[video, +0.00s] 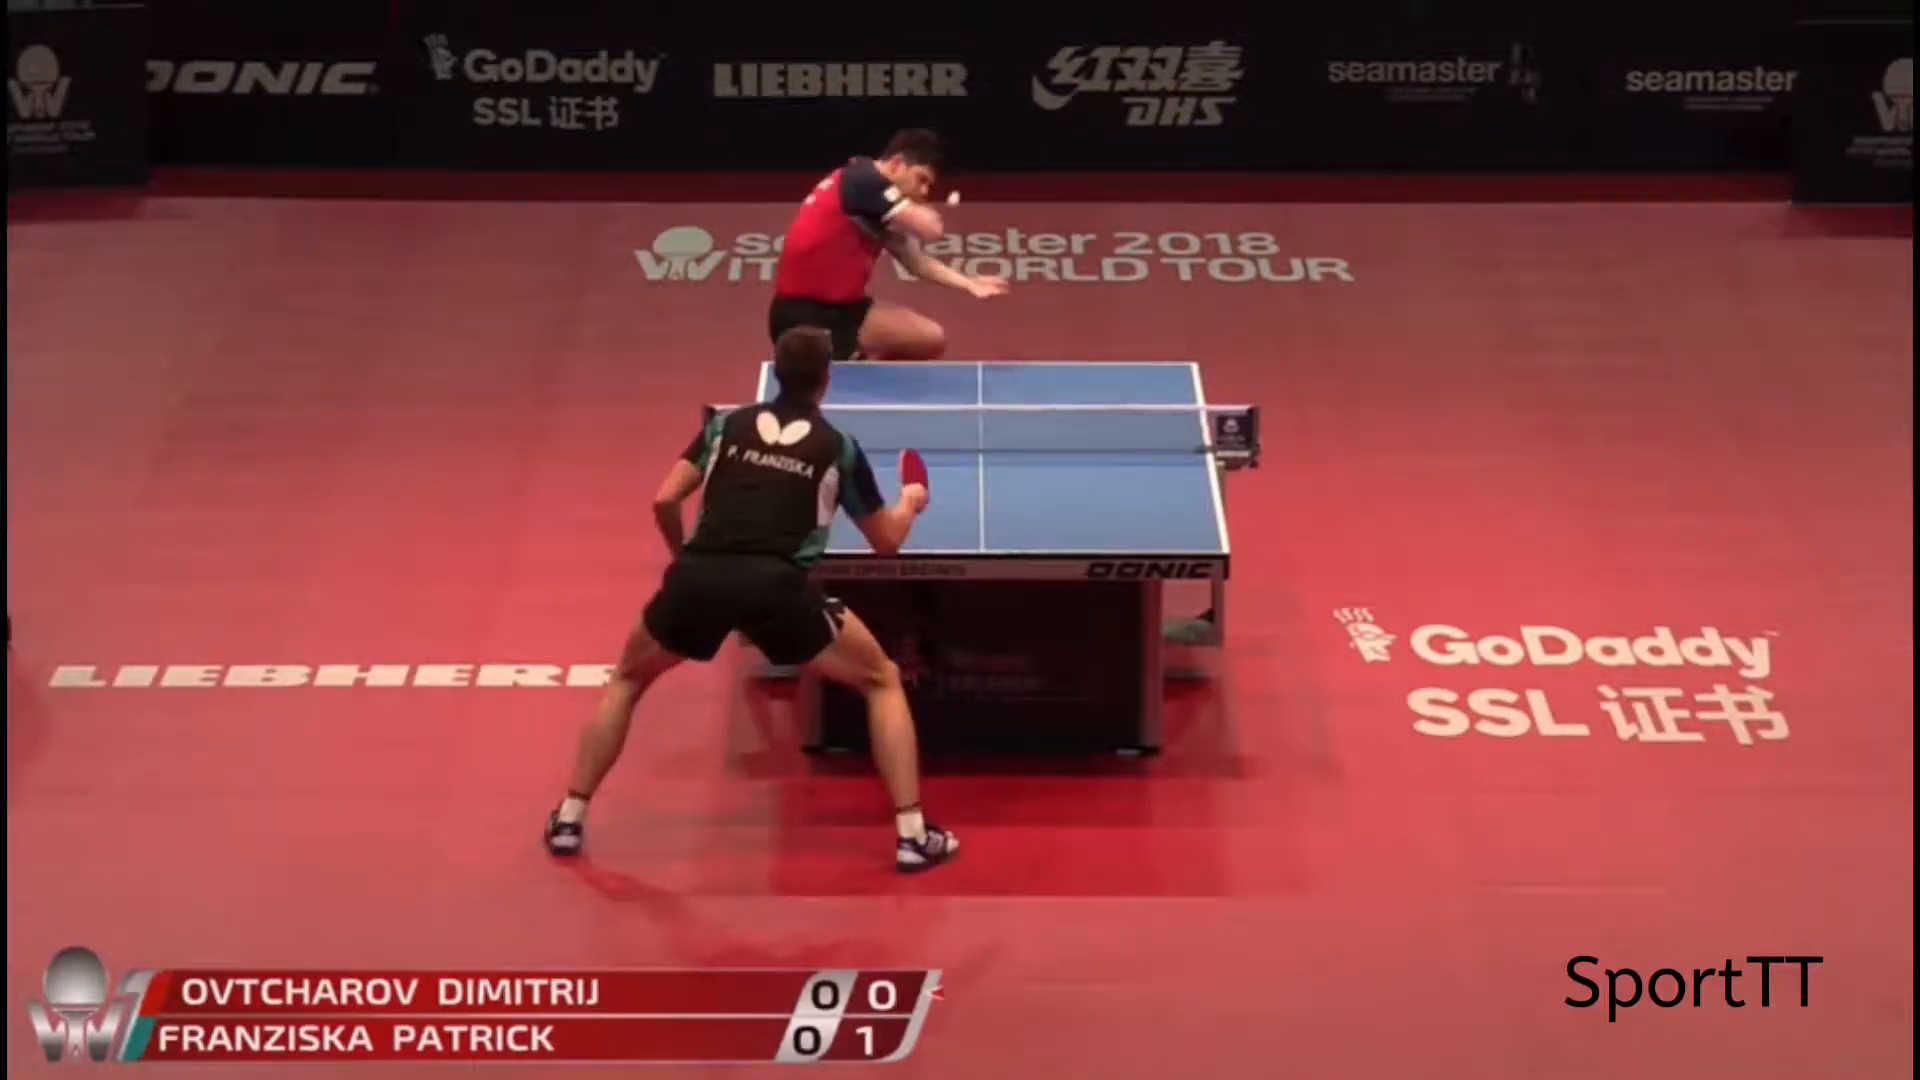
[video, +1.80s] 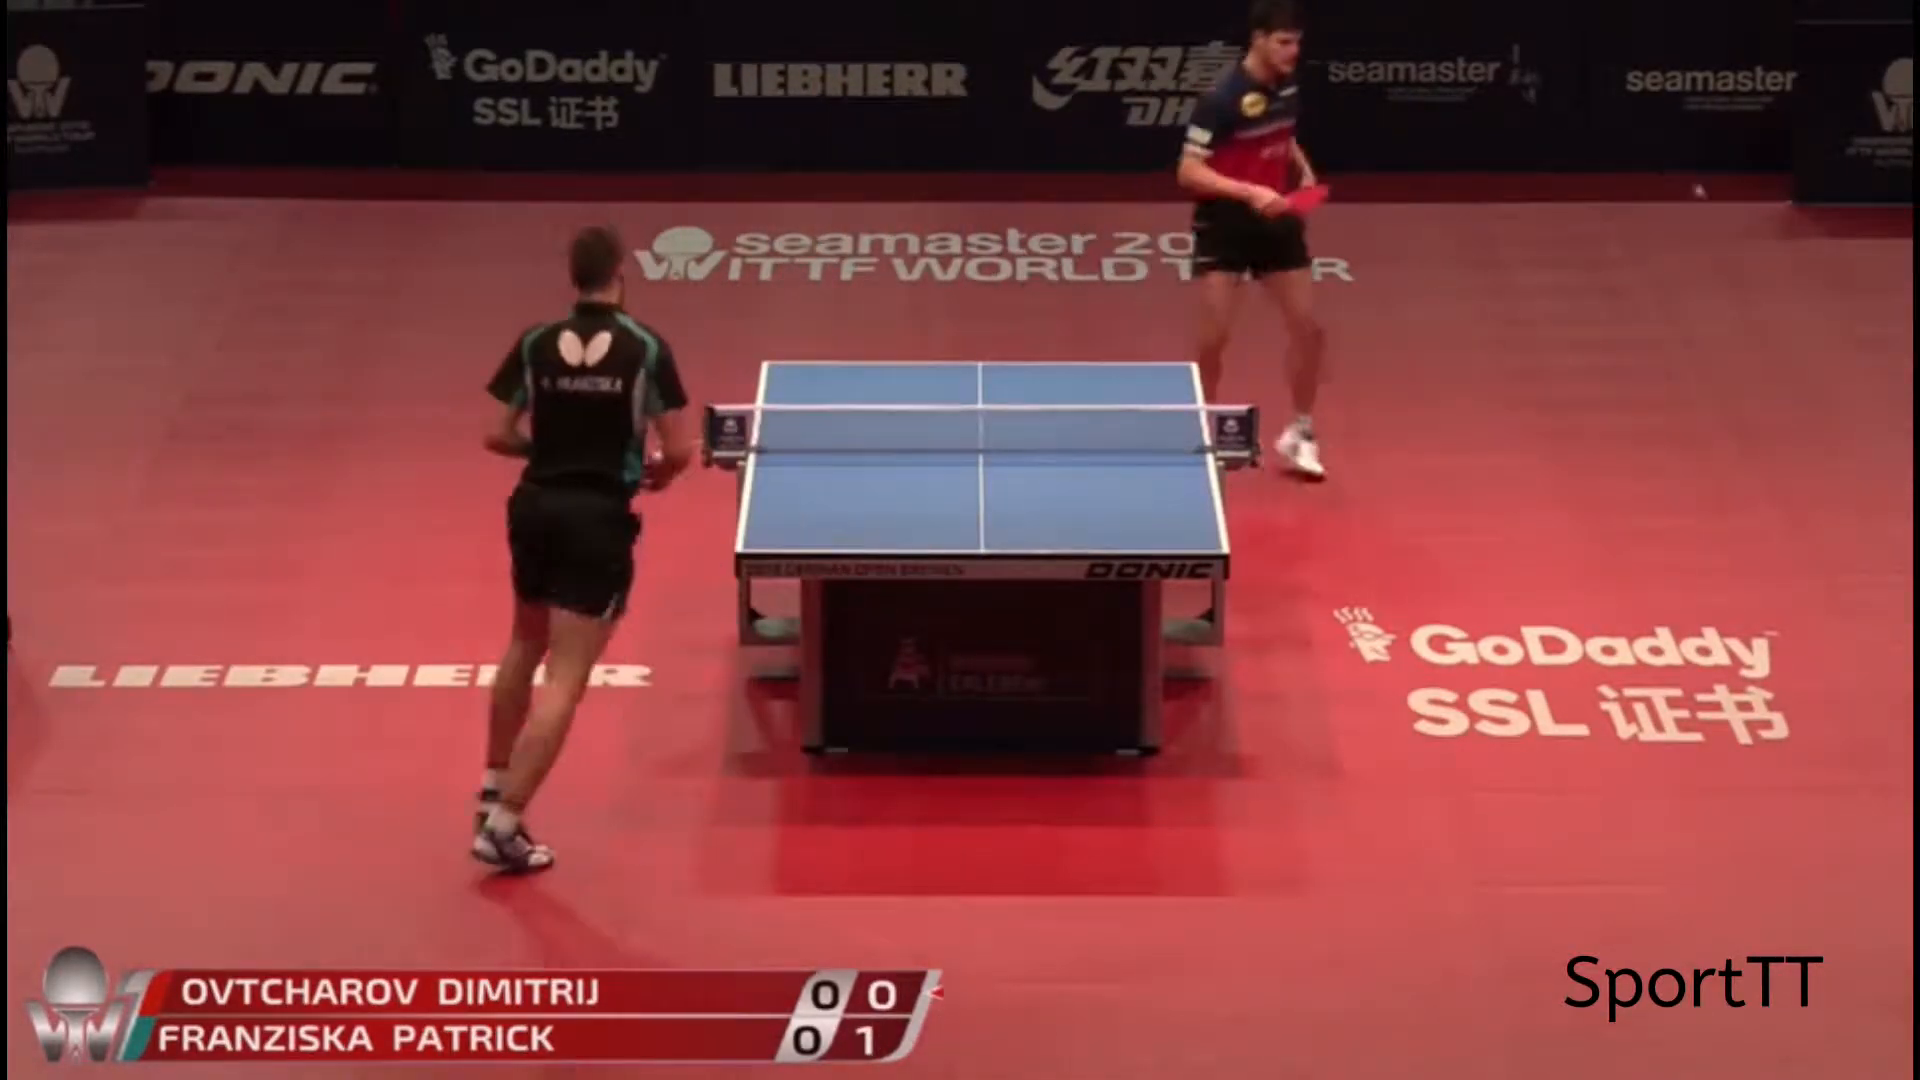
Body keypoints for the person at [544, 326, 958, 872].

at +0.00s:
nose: (819, 378)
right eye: (823, 370)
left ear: (775, 374)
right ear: (827, 378)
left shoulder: (726, 425)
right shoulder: (837, 447)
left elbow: (665, 502)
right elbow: (887, 538)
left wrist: (683, 562)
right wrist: (911, 502)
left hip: (699, 577)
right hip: (777, 586)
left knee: (628, 680)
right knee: (880, 680)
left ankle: (568, 816)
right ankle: (914, 833)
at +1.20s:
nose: (784, 349)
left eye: (776, 339)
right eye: (783, 341)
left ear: (726, 343)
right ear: (775, 350)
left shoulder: (676, 394)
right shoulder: (769, 415)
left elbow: (617, 475)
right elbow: (794, 522)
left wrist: (661, 509)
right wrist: (865, 541)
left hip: (633, 555)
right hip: (704, 566)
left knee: (597, 675)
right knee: (807, 678)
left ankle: (546, 808)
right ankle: (819, 829)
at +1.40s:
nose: (766, 388)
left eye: (762, 378)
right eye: (764, 380)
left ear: (708, 388)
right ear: (756, 389)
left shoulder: (663, 445)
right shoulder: (762, 464)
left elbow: (615, 537)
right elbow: (770, 571)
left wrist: (663, 569)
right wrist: (816, 609)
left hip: (635, 608)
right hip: (709, 621)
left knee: (604, 705)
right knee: (795, 744)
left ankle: (541, 818)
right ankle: (771, 892)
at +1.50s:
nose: (725, 355)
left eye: (720, 346)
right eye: (723, 347)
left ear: (666, 348)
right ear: (713, 351)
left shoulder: (619, 411)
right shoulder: (720, 421)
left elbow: (585, 503)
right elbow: (728, 524)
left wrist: (634, 527)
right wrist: (769, 573)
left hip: (611, 579)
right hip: (683, 586)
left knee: (589, 710)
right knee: (746, 722)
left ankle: (538, 838)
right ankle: (767, 878)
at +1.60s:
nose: (676, 272)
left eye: (669, 262)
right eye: (675, 263)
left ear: (618, 266)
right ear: (665, 268)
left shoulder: (575, 334)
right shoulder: (679, 340)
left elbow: (543, 422)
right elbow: (692, 443)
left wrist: (592, 441)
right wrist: (714, 486)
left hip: (575, 506)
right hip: (643, 511)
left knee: (575, 655)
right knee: (658, 670)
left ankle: (534, 792)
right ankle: (634, 822)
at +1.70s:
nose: (668, 262)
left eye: (661, 252)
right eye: (665, 253)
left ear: (608, 256)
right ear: (656, 258)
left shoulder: (567, 324)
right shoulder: (673, 332)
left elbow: (533, 414)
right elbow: (690, 434)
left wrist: (587, 430)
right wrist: (702, 478)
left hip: (568, 498)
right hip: (634, 504)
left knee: (571, 643)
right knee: (637, 664)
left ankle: (527, 783)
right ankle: (597, 811)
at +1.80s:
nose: (629, 278)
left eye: (617, 269)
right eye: (628, 270)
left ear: (571, 277)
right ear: (621, 276)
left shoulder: (536, 342)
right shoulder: (646, 348)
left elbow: (497, 434)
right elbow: (680, 451)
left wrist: (547, 448)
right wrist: (658, 474)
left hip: (533, 508)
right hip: (598, 518)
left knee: (523, 648)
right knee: (564, 678)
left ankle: (495, 783)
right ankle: (503, 823)